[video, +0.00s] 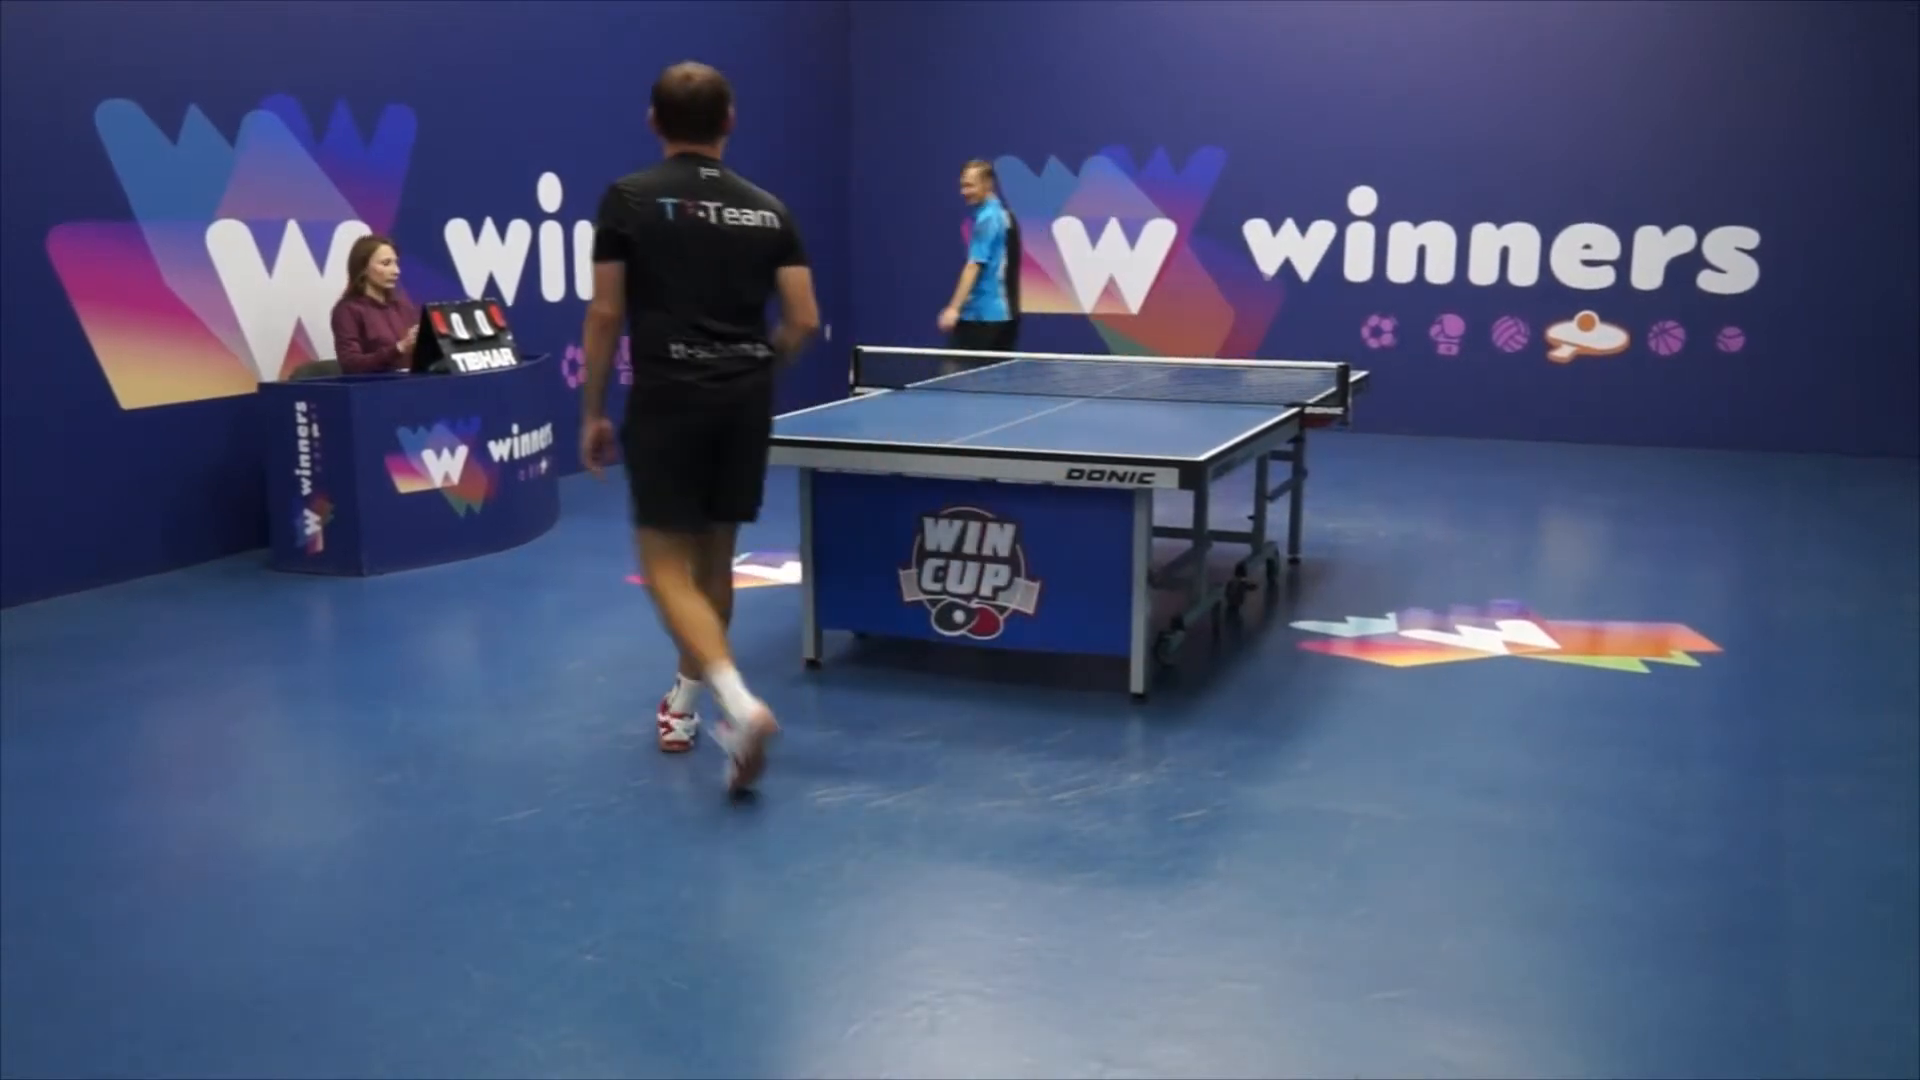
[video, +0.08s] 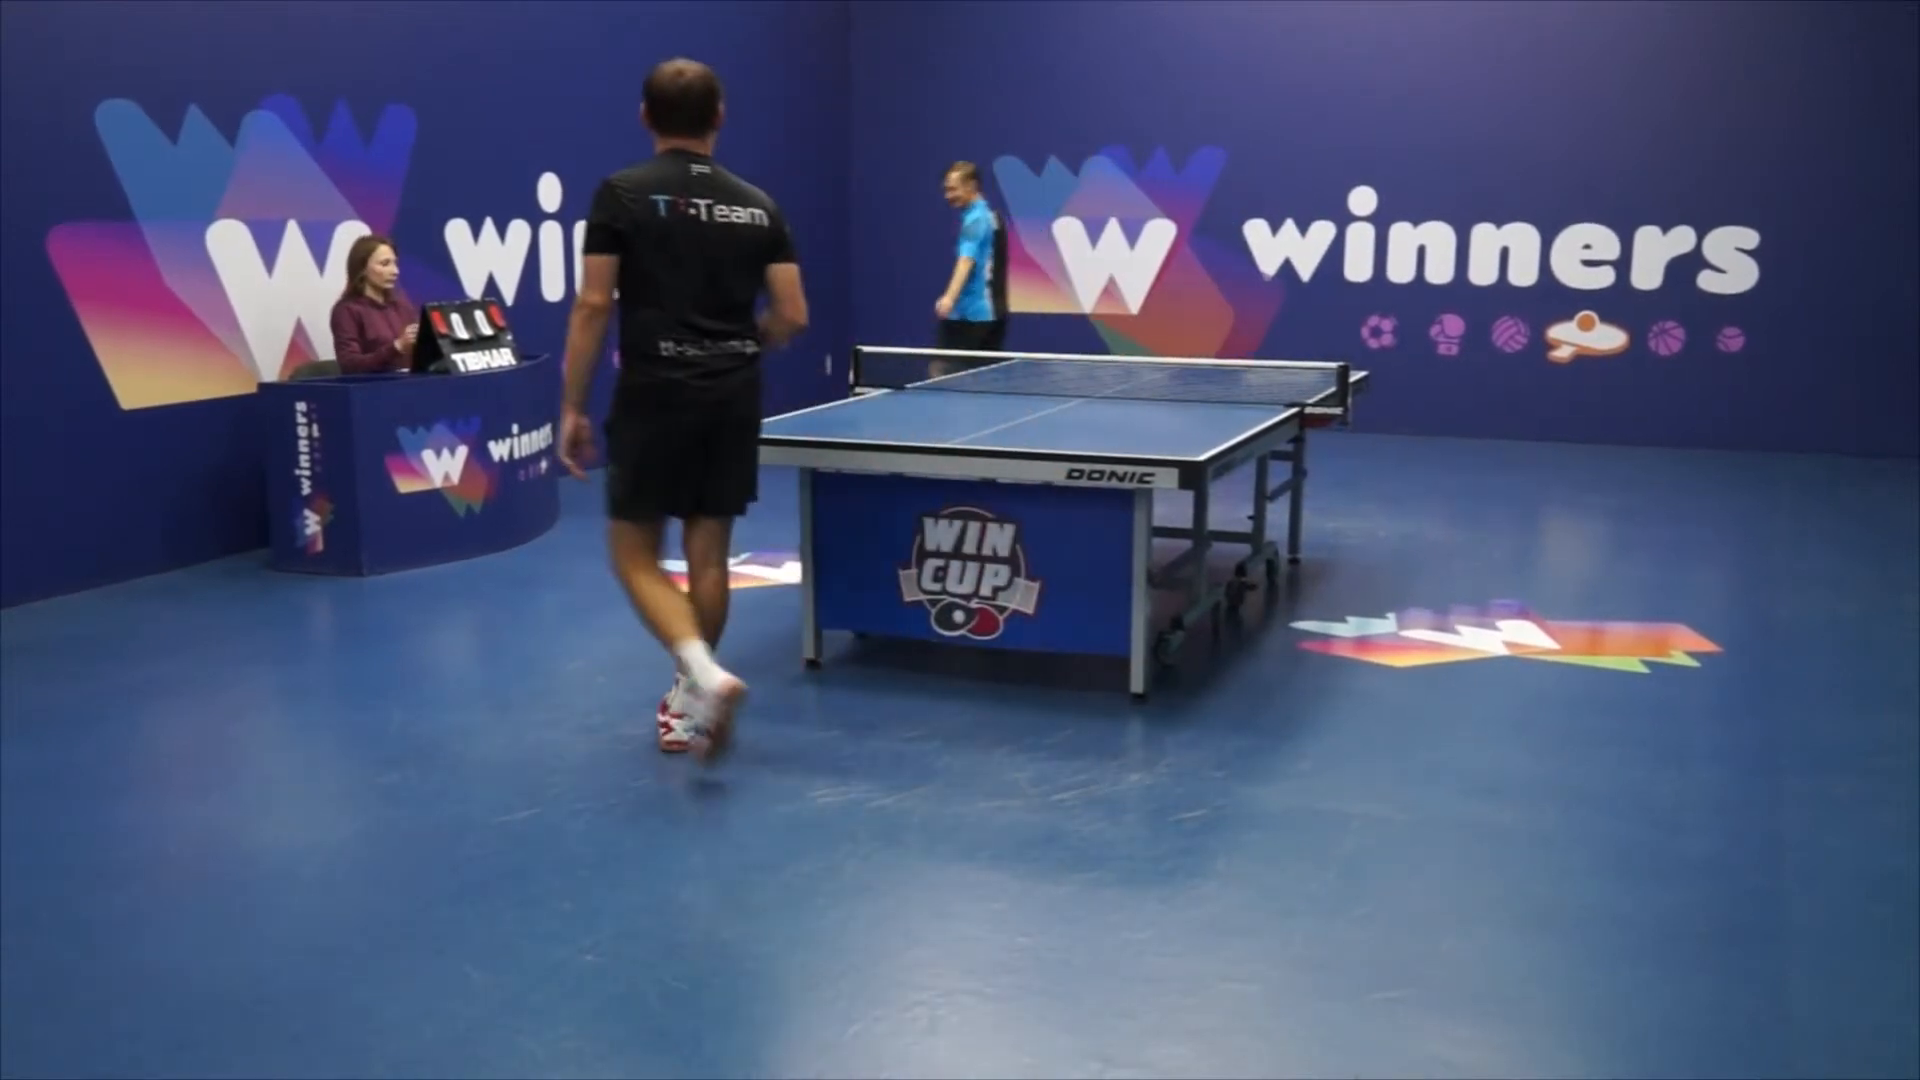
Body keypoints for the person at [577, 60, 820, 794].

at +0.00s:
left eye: (661, 115)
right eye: (726, 116)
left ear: (656, 124)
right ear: (729, 125)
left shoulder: (628, 200)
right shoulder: (765, 208)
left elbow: (605, 313)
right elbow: (802, 320)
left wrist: (594, 410)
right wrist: (761, 365)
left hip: (665, 403)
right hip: (744, 402)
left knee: (667, 567)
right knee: (716, 562)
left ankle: (740, 708)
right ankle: (685, 707)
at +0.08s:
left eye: (648, 112)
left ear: (646, 120)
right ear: (718, 120)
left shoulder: (621, 195)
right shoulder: (757, 205)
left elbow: (594, 305)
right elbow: (790, 315)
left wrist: (573, 406)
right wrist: (742, 343)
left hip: (653, 399)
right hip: (732, 399)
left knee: (636, 558)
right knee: (710, 554)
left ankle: (707, 678)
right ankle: (684, 704)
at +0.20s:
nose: (695, 231)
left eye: (697, 220)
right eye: (695, 219)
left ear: (635, 208)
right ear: (676, 215)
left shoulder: (594, 241)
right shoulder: (650, 276)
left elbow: (504, 301)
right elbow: (654, 392)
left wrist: (551, 351)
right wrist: (709, 390)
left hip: (491, 394)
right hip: (527, 406)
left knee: (545, 533)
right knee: (584, 562)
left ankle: (547, 656)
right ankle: (583, 742)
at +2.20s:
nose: (711, 188)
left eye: (710, 175)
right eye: (708, 176)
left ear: (649, 175)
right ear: (683, 177)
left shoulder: (595, 221)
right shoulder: (665, 243)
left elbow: (541, 305)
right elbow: (664, 347)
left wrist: (600, 343)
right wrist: (735, 359)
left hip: (561, 388)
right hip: (614, 396)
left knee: (618, 509)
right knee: (683, 541)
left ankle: (585, 641)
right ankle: (637, 679)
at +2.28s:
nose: (720, 194)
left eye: (720, 181)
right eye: (716, 181)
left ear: (665, 175)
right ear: (691, 178)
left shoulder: (610, 217)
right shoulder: (670, 237)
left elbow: (552, 298)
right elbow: (671, 341)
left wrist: (627, 334)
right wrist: (739, 356)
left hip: (566, 385)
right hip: (616, 391)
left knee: (624, 505)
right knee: (713, 521)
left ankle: (585, 637)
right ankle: (669, 667)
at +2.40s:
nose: (736, 211)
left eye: (739, 200)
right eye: (737, 198)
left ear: (685, 179)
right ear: (717, 185)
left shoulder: (628, 214)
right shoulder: (691, 232)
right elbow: (698, 336)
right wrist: (745, 345)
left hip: (570, 375)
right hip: (623, 382)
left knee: (619, 505)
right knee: (729, 506)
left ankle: (584, 642)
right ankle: (750, 659)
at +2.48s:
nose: (751, 224)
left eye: (754, 213)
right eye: (754, 212)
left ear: (702, 184)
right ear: (740, 199)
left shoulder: (635, 218)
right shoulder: (718, 243)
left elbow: (570, 292)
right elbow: (746, 346)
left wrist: (627, 318)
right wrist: (717, 330)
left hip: (578, 372)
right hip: (640, 383)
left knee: (613, 508)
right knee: (742, 508)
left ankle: (583, 640)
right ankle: (789, 650)